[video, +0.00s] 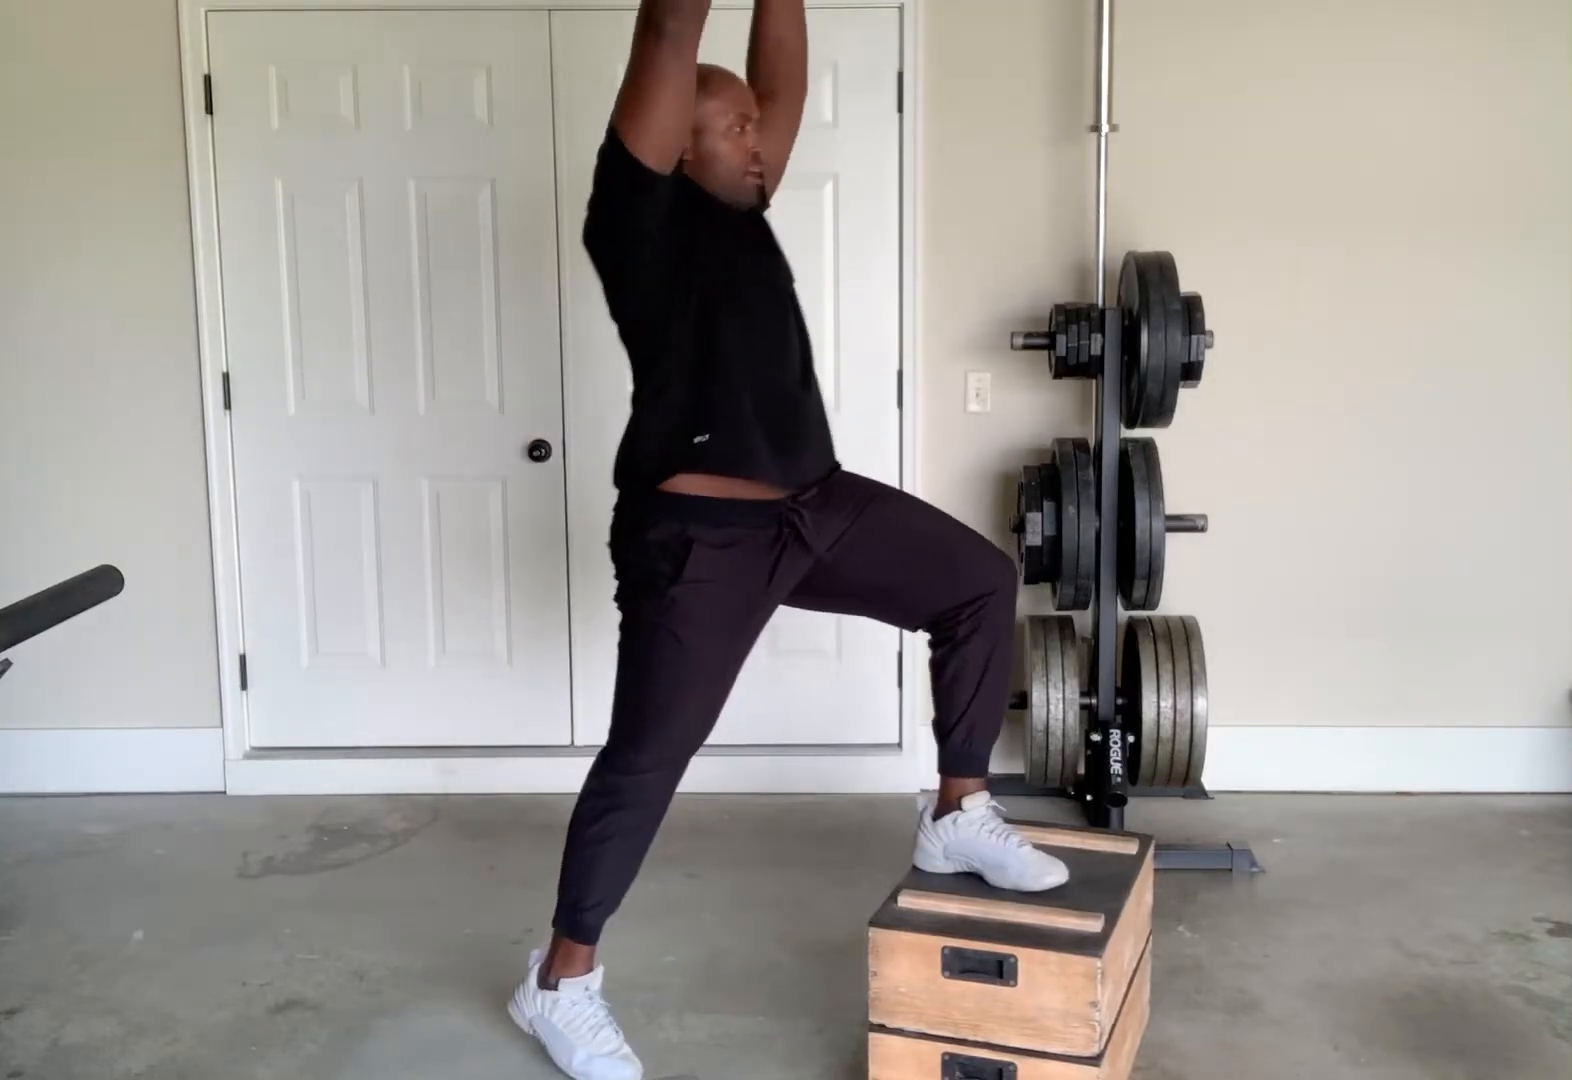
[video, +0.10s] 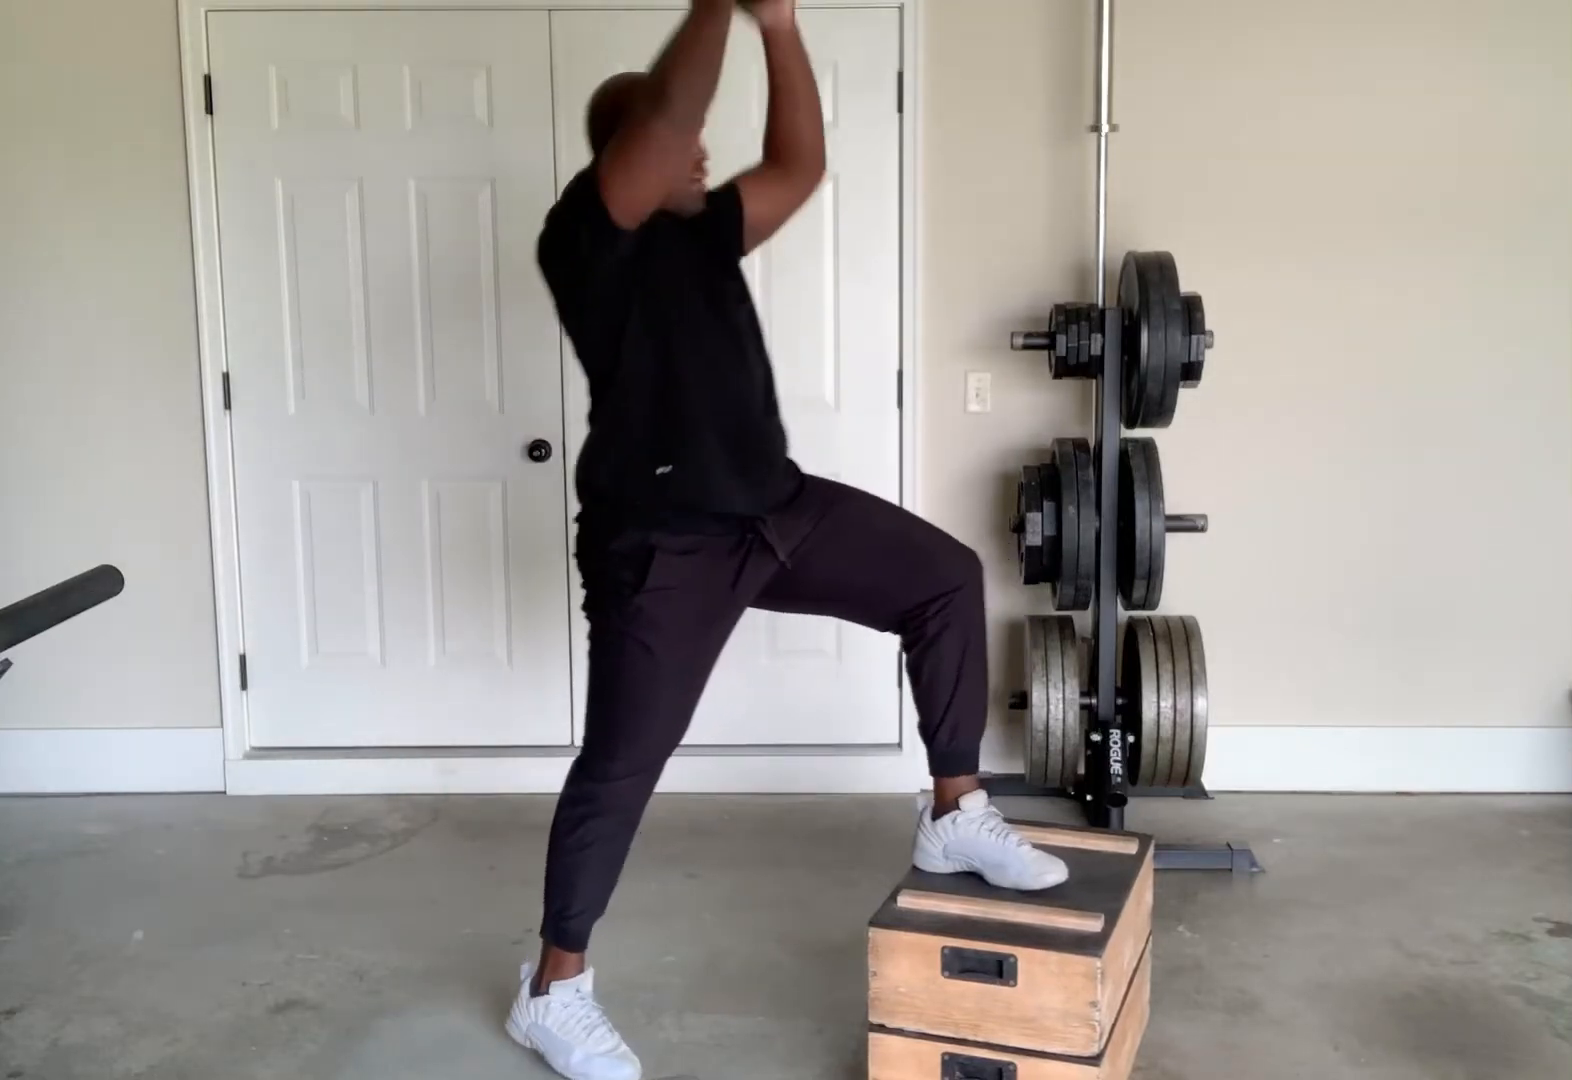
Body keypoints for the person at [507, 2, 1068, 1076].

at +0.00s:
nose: (760, 146)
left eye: (767, 127)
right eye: (735, 123)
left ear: (763, 134)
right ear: (678, 126)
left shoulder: (741, 210)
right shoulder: (635, 210)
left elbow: (782, 95)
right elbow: (668, 30)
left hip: (816, 504)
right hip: (700, 529)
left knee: (980, 582)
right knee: (646, 758)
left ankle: (959, 812)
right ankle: (562, 977)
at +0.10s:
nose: (682, 152)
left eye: (681, 136)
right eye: (661, 132)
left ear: (683, 146)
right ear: (618, 143)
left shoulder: (706, 227)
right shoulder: (579, 242)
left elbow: (797, 166)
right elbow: (670, 117)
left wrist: (779, 24)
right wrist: (714, 1)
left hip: (775, 508)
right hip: (660, 539)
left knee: (946, 580)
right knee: (621, 764)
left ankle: (956, 812)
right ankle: (557, 985)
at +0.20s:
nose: (650, 154)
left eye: (647, 140)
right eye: (627, 139)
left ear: (647, 155)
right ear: (570, 165)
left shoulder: (671, 250)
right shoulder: (541, 260)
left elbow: (786, 267)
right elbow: (662, 243)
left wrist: (766, 145)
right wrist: (718, 121)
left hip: (742, 517)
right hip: (631, 549)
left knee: (916, 578)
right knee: (599, 770)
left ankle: (951, 810)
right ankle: (550, 991)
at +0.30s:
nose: (623, 167)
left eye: (620, 150)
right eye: (601, 151)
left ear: (598, 169)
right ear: (540, 169)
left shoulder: (626, 270)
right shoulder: (514, 285)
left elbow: (728, 377)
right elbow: (612, 385)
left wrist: (736, 267)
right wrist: (700, 268)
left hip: (709, 526)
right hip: (601, 570)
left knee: (886, 568)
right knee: (576, 779)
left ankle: (937, 804)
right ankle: (542, 996)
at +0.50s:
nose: (599, 183)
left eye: (599, 165)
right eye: (581, 165)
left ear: (553, 172)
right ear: (517, 171)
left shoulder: (587, 268)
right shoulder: (473, 299)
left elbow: (604, 403)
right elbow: (497, 467)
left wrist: (691, 410)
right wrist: (658, 420)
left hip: (672, 524)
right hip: (574, 574)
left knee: (839, 595)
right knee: (568, 776)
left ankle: (761, 795)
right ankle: (541, 994)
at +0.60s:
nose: (595, 189)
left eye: (596, 172)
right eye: (580, 171)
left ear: (537, 171)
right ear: (518, 170)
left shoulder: (588, 276)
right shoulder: (465, 299)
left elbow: (622, 404)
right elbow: (489, 469)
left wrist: (703, 441)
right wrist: (654, 462)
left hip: (663, 535)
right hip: (561, 570)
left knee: (787, 670)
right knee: (559, 771)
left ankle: (698, 833)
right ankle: (540, 996)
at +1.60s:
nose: (683, 243)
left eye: (692, 226)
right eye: (675, 223)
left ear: (656, 207)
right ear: (624, 197)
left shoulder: (644, 292)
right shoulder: (541, 292)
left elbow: (644, 434)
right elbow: (521, 464)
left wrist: (683, 556)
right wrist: (625, 585)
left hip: (616, 557)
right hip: (535, 562)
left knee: (639, 728)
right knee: (552, 760)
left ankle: (624, 913)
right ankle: (522, 993)